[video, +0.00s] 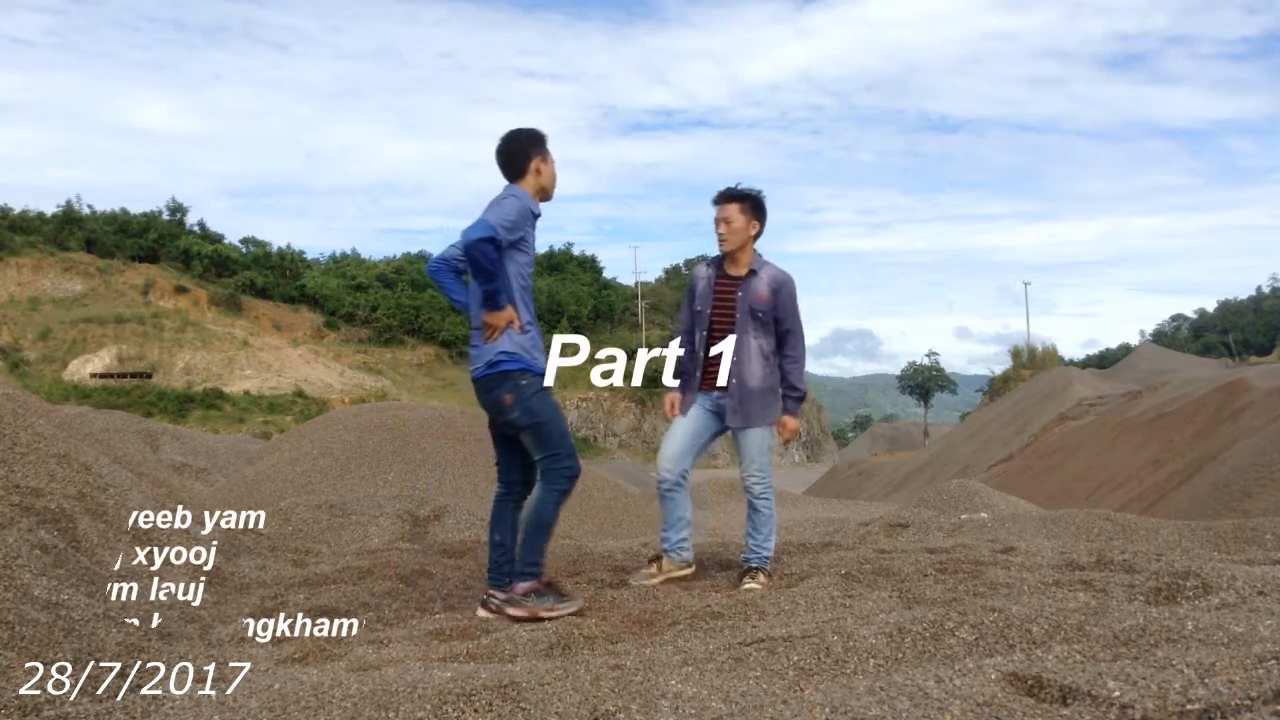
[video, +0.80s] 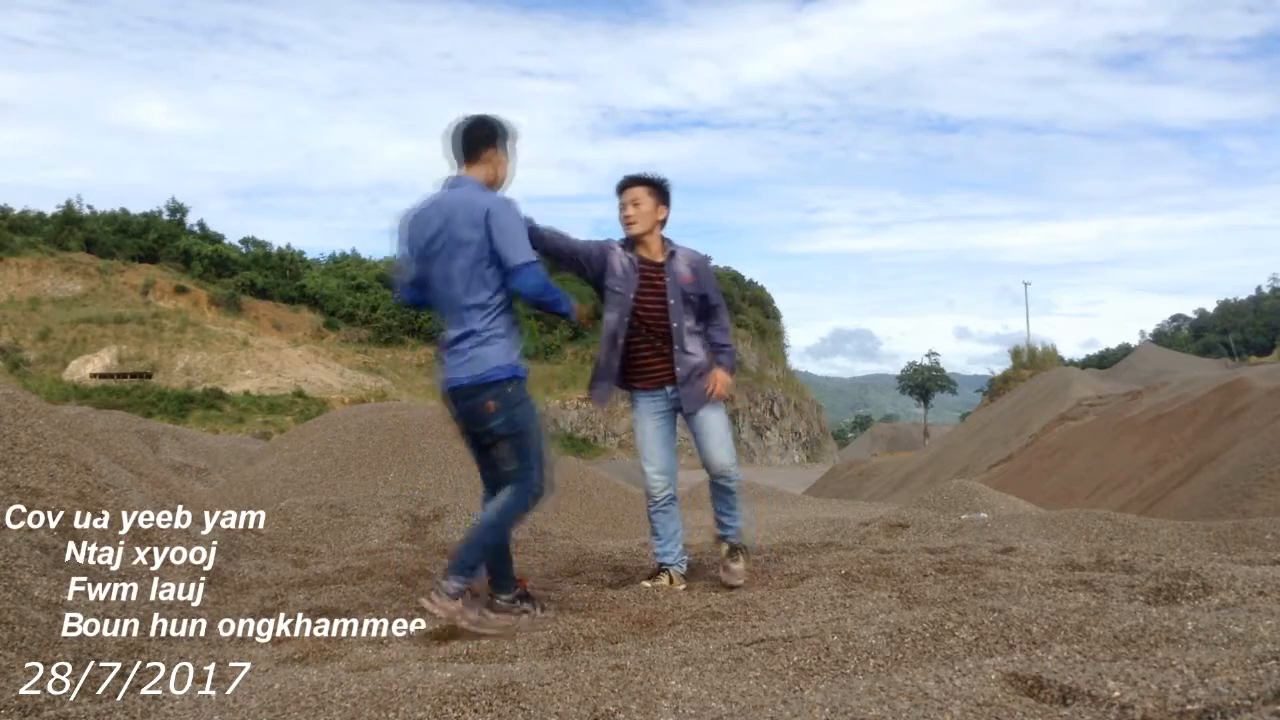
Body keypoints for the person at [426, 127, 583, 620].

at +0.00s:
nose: (555, 171)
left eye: (552, 162)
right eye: (552, 162)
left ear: (515, 168)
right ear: (538, 166)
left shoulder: (496, 210)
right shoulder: (519, 204)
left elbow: (440, 266)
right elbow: (479, 240)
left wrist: (476, 313)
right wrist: (496, 304)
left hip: (492, 372)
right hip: (513, 369)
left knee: (514, 481)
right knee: (561, 467)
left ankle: (500, 589)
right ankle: (527, 582)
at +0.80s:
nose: (509, 166)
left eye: (507, 157)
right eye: (506, 157)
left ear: (463, 157)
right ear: (491, 156)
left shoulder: (420, 216)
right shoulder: (494, 206)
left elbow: (410, 292)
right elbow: (528, 283)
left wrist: (459, 294)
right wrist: (569, 308)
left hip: (458, 378)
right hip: (496, 373)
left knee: (498, 485)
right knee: (529, 482)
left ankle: (504, 593)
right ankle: (453, 586)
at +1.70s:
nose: (364, 146)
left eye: (361, 136)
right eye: (359, 136)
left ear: (313, 144)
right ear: (341, 138)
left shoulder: (268, 202)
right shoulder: (346, 185)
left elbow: (234, 290)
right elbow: (345, 268)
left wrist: (282, 328)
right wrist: (357, 352)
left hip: (270, 376)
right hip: (325, 367)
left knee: (278, 499)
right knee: (398, 468)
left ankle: (247, 632)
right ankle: (375, 604)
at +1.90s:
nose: (386, 140)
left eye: (382, 128)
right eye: (380, 128)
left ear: (333, 138)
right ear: (361, 133)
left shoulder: (293, 200)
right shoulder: (359, 185)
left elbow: (268, 290)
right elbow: (363, 277)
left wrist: (325, 319)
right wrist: (384, 362)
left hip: (291, 381)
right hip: (338, 376)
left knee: (280, 502)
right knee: (384, 495)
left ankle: (246, 630)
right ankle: (350, 634)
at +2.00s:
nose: (402, 140)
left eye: (398, 129)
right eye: (395, 128)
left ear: (350, 135)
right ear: (375, 131)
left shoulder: (318, 197)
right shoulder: (362, 182)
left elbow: (293, 284)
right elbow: (366, 276)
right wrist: (406, 348)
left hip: (314, 384)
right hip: (353, 377)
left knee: (303, 502)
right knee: (388, 498)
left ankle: (251, 625)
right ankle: (351, 633)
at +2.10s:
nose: (419, 142)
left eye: (416, 130)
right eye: (415, 130)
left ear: (369, 133)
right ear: (397, 130)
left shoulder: (343, 189)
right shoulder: (372, 184)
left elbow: (355, 291)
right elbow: (379, 273)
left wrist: (411, 329)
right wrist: (451, 315)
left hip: (336, 379)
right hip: (367, 378)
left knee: (346, 502)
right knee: (391, 503)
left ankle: (267, 612)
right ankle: (350, 635)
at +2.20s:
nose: (432, 145)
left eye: (430, 133)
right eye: (429, 132)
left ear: (387, 129)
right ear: (411, 128)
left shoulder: (366, 181)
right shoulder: (379, 175)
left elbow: (407, 275)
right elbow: (406, 257)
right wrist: (489, 251)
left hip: (364, 371)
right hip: (377, 371)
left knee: (393, 488)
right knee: (390, 498)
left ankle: (306, 584)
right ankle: (349, 636)